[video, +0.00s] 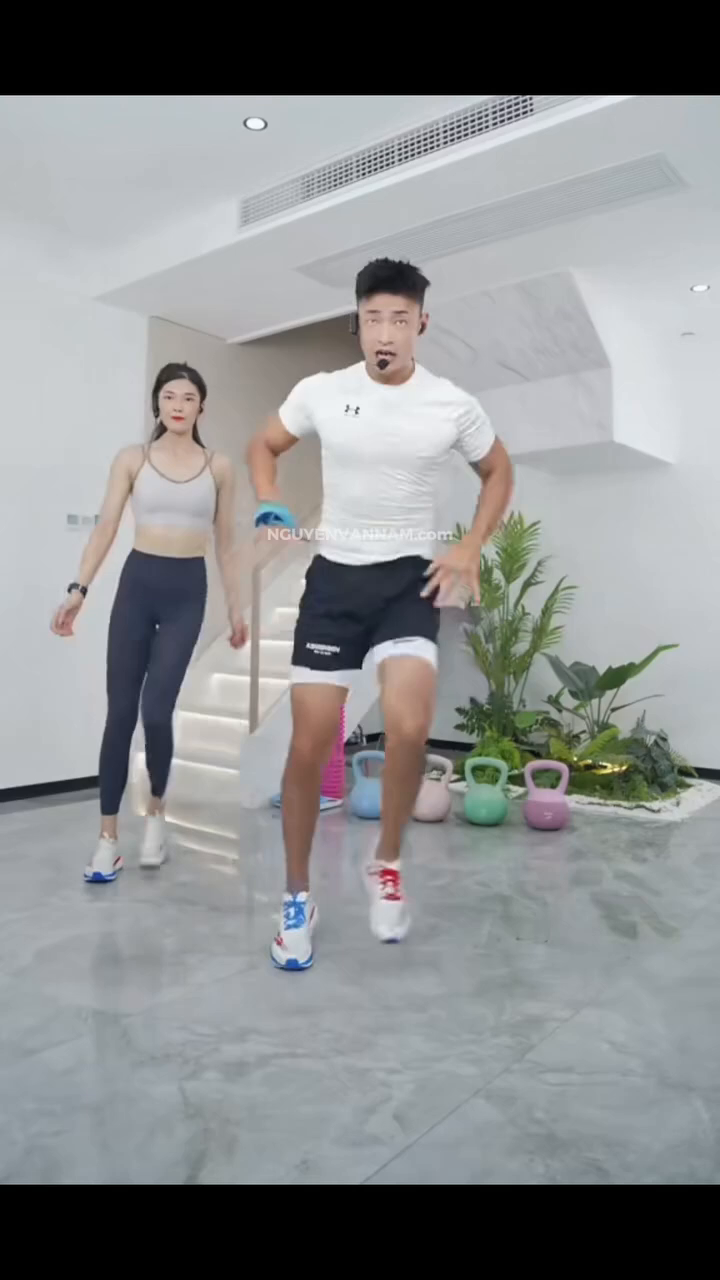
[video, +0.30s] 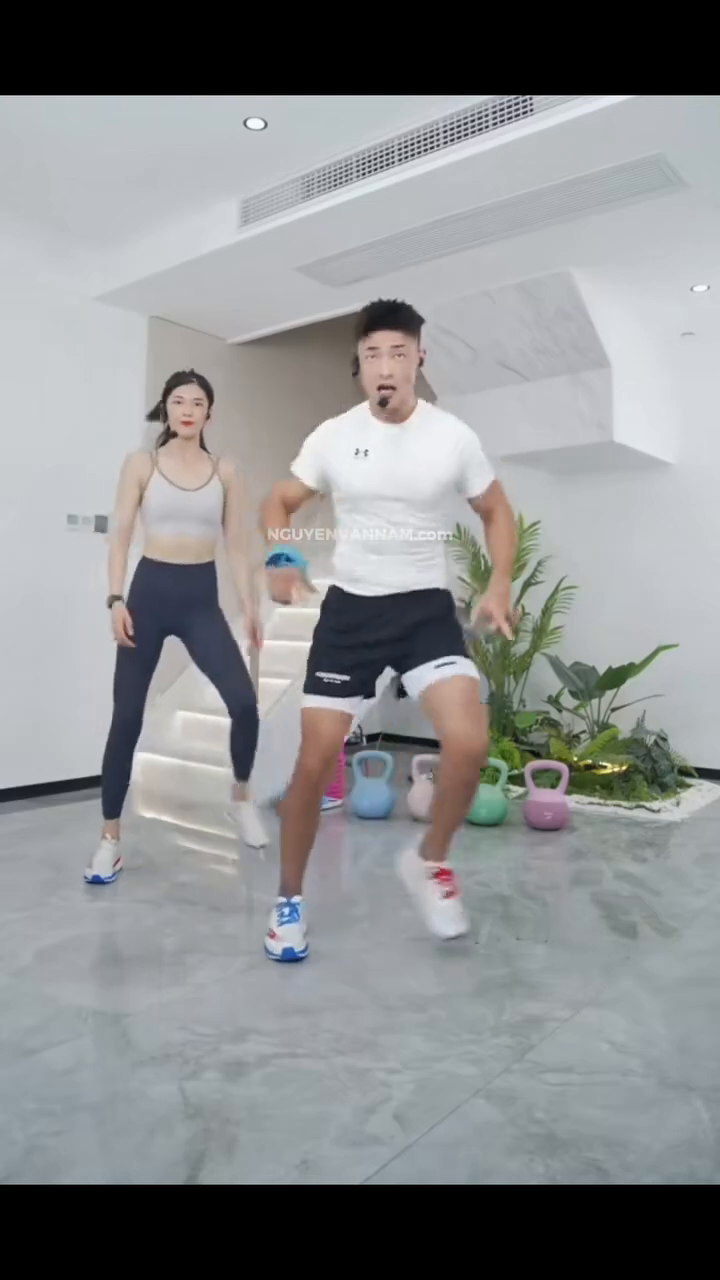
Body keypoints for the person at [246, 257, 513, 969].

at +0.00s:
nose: (385, 332)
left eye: (399, 319)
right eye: (373, 319)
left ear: (421, 326)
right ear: (357, 325)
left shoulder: (454, 406)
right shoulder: (321, 393)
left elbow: (499, 473)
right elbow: (263, 448)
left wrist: (472, 547)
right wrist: (270, 508)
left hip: (411, 582)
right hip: (334, 580)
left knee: (411, 728)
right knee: (309, 746)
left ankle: (387, 863)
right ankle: (296, 894)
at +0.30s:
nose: (384, 368)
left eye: (397, 355)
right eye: (372, 356)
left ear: (420, 362)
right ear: (358, 366)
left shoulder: (453, 438)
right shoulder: (334, 437)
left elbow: (498, 513)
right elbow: (278, 503)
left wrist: (500, 585)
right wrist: (280, 555)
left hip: (427, 611)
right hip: (348, 612)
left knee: (469, 742)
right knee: (314, 759)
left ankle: (429, 861)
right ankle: (289, 902)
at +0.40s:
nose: (410, 346)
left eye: (423, 333)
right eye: (397, 335)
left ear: (444, 343)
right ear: (383, 349)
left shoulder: (474, 425)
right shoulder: (355, 426)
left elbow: (506, 508)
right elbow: (330, 511)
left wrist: (514, 570)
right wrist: (327, 551)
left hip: (453, 602)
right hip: (373, 606)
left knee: (521, 743)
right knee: (333, 764)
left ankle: (524, 874)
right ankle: (296, 902)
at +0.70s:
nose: (493, 380)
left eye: (505, 367)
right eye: (480, 368)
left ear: (523, 370)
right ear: (461, 374)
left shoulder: (555, 436)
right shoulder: (435, 443)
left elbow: (589, 513)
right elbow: (421, 529)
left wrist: (605, 576)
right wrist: (423, 596)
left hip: (543, 606)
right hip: (463, 607)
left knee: (576, 749)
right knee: (421, 724)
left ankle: (583, 898)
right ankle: (392, 874)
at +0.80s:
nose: (514, 383)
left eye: (526, 370)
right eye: (501, 370)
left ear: (542, 372)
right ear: (480, 374)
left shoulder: (569, 440)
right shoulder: (446, 446)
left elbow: (604, 519)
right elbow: (433, 534)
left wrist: (620, 581)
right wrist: (441, 598)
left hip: (549, 602)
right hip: (473, 605)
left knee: (575, 750)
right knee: (480, 726)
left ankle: (588, 896)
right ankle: (483, 873)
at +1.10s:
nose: (512, 356)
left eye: (524, 347)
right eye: (500, 345)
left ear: (539, 363)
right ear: (481, 359)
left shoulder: (560, 441)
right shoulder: (443, 436)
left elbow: (579, 522)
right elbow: (431, 519)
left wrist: (580, 585)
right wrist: (441, 577)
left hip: (537, 615)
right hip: (461, 612)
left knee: (571, 778)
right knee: (408, 743)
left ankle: (583, 899)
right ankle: (431, 879)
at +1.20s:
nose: (481, 332)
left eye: (492, 323)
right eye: (469, 323)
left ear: (510, 341)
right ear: (451, 341)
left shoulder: (537, 421)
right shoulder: (417, 418)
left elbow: (551, 511)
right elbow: (402, 508)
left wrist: (547, 574)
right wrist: (413, 558)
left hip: (512, 602)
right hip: (434, 602)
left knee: (551, 760)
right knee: (375, 744)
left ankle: (582, 897)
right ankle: (340, 896)